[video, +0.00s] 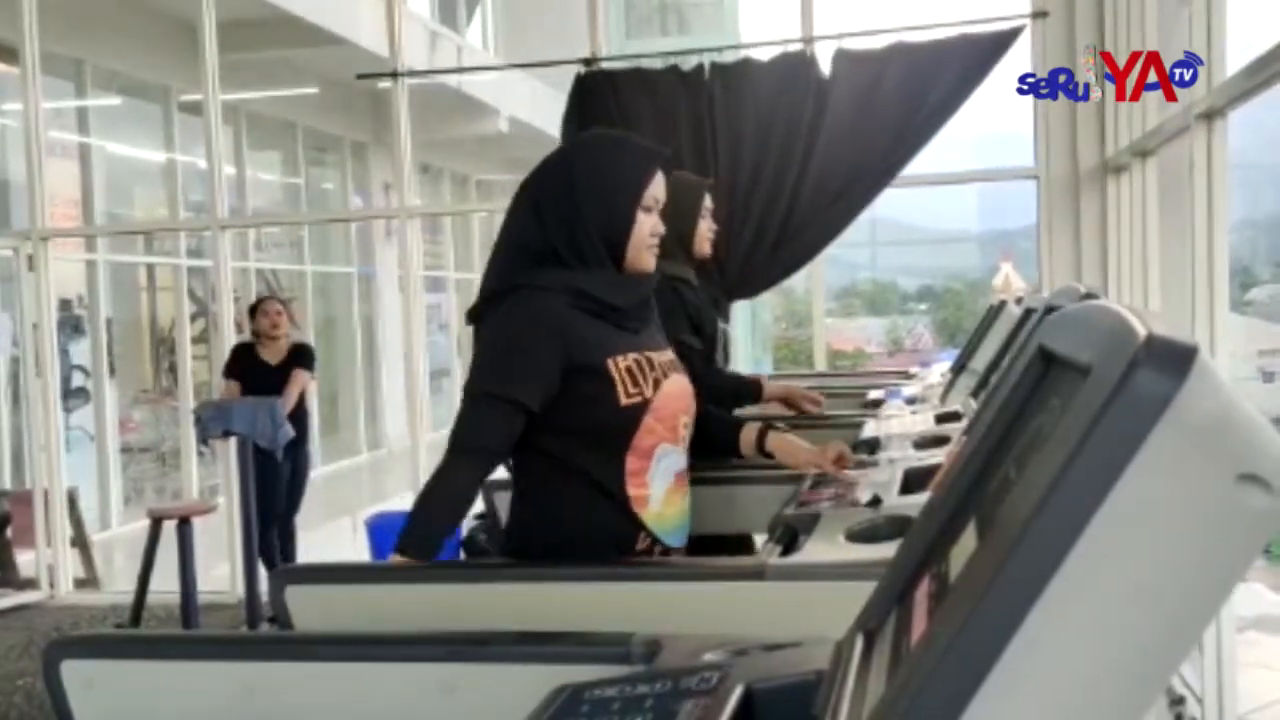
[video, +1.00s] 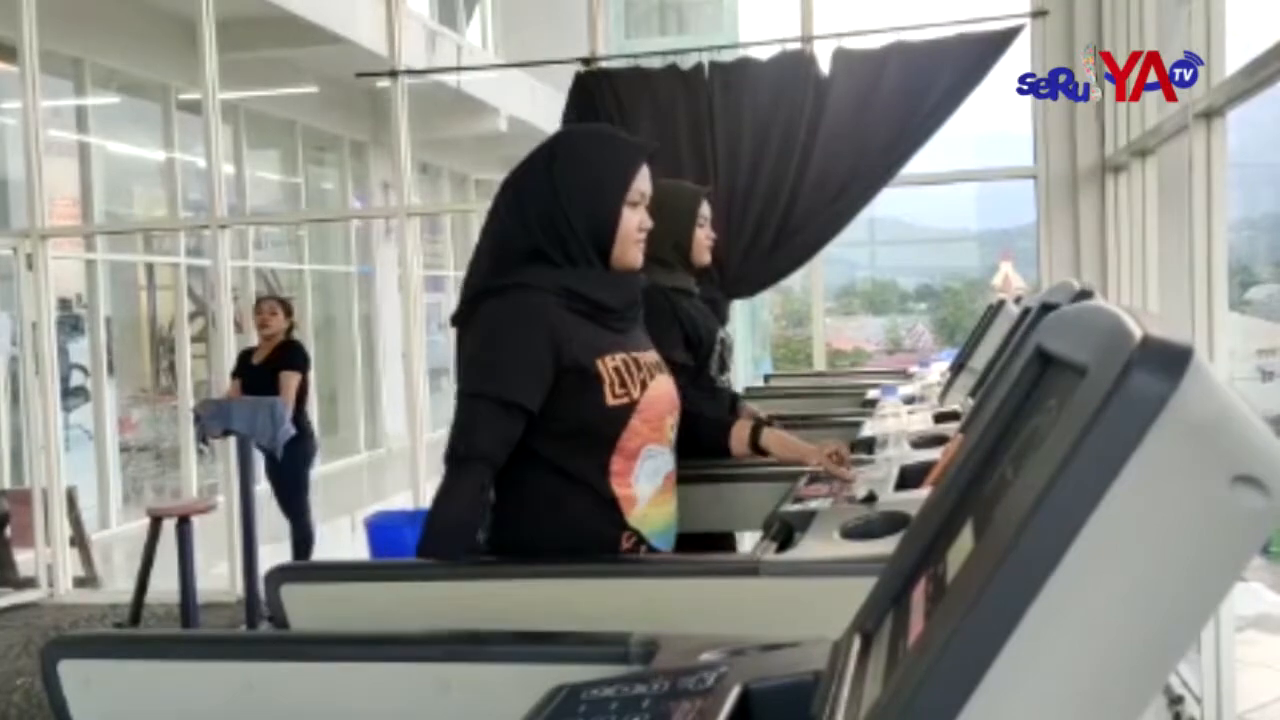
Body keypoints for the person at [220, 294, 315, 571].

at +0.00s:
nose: (274, 319)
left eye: (279, 313)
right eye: (266, 314)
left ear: (288, 319)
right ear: (254, 323)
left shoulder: (301, 351)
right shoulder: (242, 352)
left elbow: (294, 388)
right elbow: (231, 394)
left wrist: (275, 420)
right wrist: (237, 424)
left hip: (292, 437)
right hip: (254, 437)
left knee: (286, 511)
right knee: (263, 511)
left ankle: (288, 577)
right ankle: (275, 576)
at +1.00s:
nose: (264, 319)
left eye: (272, 314)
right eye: (259, 314)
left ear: (287, 320)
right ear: (253, 320)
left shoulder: (292, 351)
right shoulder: (247, 356)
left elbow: (287, 398)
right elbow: (234, 395)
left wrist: (275, 429)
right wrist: (216, 418)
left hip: (295, 433)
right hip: (266, 436)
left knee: (297, 504)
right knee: (287, 504)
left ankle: (300, 568)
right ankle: (302, 564)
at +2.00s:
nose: (265, 317)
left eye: (272, 311)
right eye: (258, 312)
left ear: (282, 317)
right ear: (249, 319)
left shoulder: (297, 351)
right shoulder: (237, 353)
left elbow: (290, 394)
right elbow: (227, 395)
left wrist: (271, 420)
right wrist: (241, 418)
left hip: (293, 433)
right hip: (255, 435)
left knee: (297, 501)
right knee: (268, 505)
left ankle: (305, 563)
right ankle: (274, 566)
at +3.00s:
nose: (240, 324)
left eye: (247, 317)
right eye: (238, 319)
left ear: (267, 321)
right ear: (235, 324)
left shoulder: (290, 353)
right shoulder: (230, 357)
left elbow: (284, 390)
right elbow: (220, 398)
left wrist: (265, 421)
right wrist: (212, 425)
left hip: (287, 435)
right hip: (248, 436)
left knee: (284, 508)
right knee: (257, 510)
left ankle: (286, 570)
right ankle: (260, 572)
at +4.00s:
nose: (244, 326)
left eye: (252, 322)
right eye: (245, 321)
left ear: (271, 330)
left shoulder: (276, 359)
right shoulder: (237, 366)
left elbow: (274, 409)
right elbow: (222, 404)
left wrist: (260, 439)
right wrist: (201, 425)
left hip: (283, 442)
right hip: (257, 445)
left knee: (282, 512)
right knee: (273, 512)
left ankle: (284, 574)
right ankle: (290, 572)